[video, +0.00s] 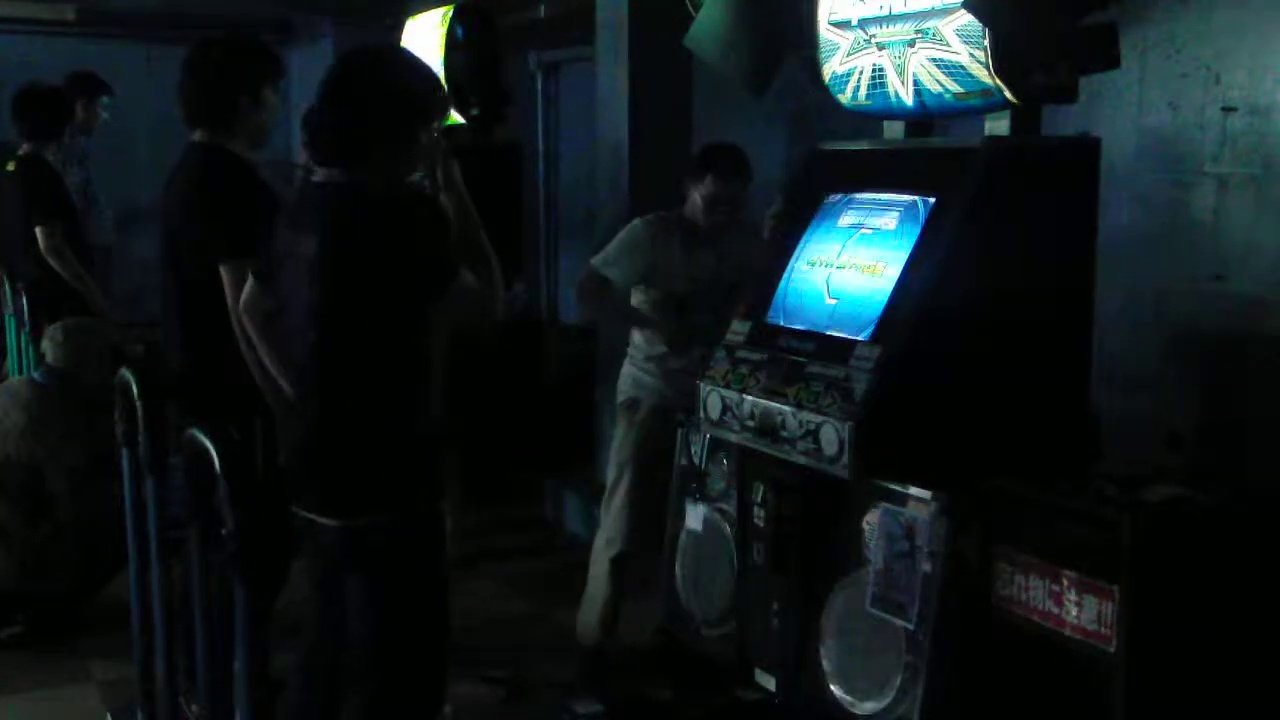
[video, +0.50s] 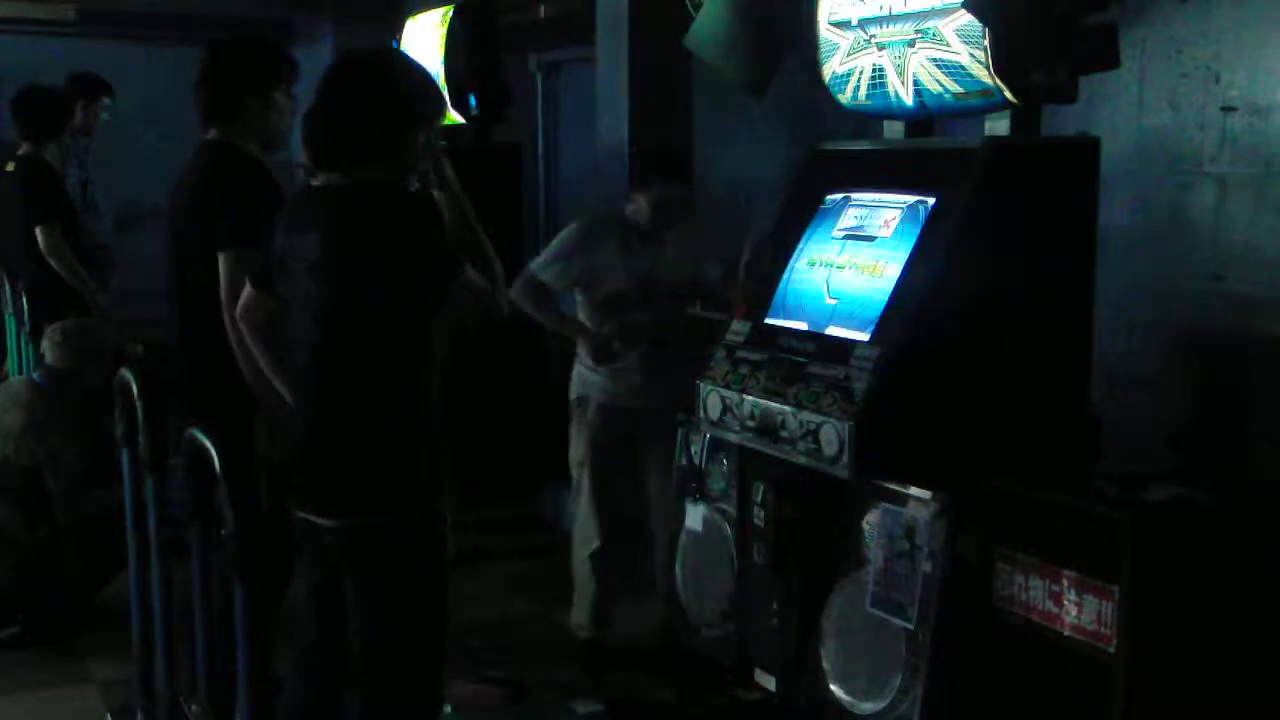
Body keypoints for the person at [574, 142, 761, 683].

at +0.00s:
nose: (719, 208)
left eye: (730, 199)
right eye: (712, 196)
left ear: (741, 200)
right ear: (691, 188)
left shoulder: (740, 248)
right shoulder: (652, 234)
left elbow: (754, 310)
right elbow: (593, 288)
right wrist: (646, 322)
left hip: (708, 399)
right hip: (649, 393)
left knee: (697, 521)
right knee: (626, 522)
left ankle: (677, 644)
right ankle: (597, 645)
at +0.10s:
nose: (715, 208)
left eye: (725, 199)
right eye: (708, 196)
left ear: (735, 198)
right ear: (684, 187)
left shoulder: (733, 244)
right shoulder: (644, 235)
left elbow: (748, 306)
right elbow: (577, 291)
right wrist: (638, 322)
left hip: (702, 399)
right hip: (643, 395)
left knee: (691, 521)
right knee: (622, 518)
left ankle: (675, 640)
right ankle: (591, 640)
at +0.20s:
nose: (701, 211)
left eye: (712, 201)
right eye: (694, 198)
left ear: (725, 199)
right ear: (673, 189)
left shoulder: (728, 243)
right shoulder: (632, 234)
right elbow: (570, 291)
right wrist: (630, 323)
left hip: (699, 399)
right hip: (635, 395)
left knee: (689, 520)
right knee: (618, 518)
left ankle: (680, 635)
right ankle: (590, 632)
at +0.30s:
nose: (689, 208)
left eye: (699, 199)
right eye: (682, 195)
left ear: (710, 200)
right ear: (662, 188)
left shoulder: (708, 244)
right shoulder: (619, 233)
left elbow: (726, 309)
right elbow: (555, 288)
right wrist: (615, 326)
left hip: (682, 401)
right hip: (622, 397)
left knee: (670, 518)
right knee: (612, 521)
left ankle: (660, 630)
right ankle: (593, 631)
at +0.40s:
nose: (674, 214)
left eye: (684, 204)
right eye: (666, 201)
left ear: (696, 201)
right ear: (644, 192)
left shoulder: (698, 243)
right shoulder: (605, 233)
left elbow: (728, 304)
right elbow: (540, 287)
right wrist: (598, 328)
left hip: (675, 397)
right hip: (612, 394)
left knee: (672, 514)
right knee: (604, 517)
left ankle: (668, 631)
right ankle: (592, 631)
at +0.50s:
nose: (664, 215)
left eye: (673, 205)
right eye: (656, 203)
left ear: (683, 205)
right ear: (635, 197)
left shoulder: (682, 246)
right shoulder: (592, 235)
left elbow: (712, 306)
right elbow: (527, 290)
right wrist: (584, 334)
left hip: (662, 396)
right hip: (601, 395)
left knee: (666, 514)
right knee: (597, 517)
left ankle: (667, 630)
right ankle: (591, 632)